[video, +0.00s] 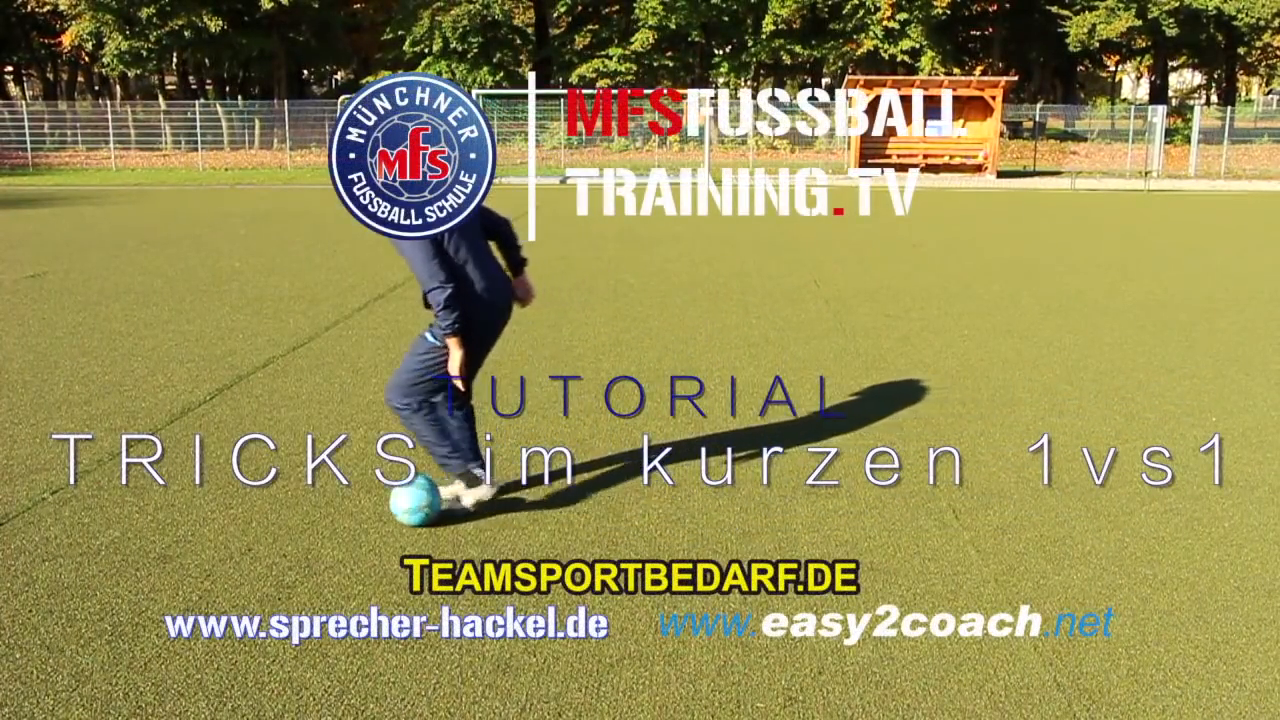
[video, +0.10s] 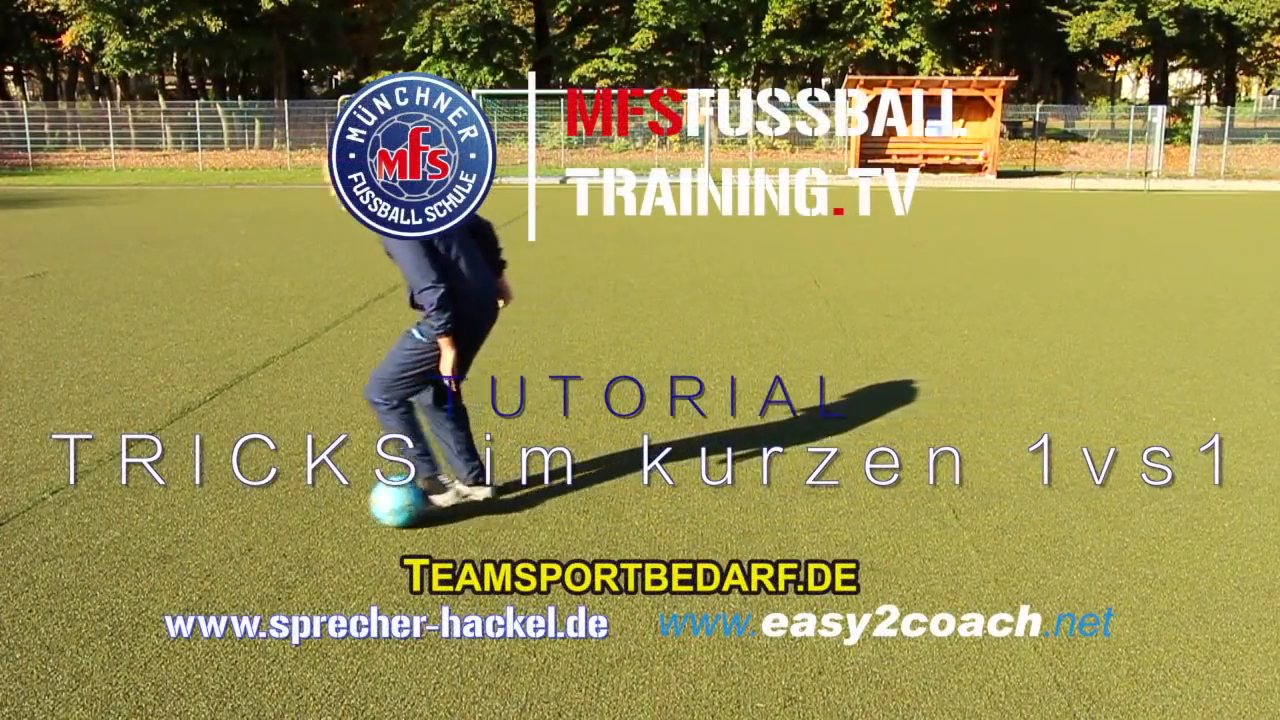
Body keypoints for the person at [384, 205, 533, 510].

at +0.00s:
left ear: (388, 194)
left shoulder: (406, 224)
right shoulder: (445, 199)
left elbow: (437, 282)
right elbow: (500, 225)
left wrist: (454, 345)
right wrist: (519, 274)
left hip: (470, 310)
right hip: (495, 299)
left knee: (403, 394)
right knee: (454, 390)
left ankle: (468, 475)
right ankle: (473, 476)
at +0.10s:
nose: (337, 196)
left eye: (340, 187)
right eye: (334, 188)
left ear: (370, 188)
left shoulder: (397, 227)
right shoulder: (435, 201)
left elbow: (429, 286)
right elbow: (479, 226)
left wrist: (447, 346)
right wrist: (497, 275)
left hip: (449, 317)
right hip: (482, 305)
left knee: (382, 392)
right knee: (434, 389)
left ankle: (428, 482)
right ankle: (472, 480)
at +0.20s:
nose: (323, 193)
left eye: (324, 183)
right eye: (321, 184)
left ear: (344, 179)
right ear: (357, 174)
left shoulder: (380, 216)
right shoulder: (414, 190)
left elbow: (419, 282)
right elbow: (466, 226)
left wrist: (438, 344)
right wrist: (482, 275)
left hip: (439, 316)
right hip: (472, 303)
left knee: (371, 390)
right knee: (429, 391)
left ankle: (409, 485)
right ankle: (473, 480)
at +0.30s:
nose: (305, 187)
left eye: (307, 177)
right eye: (303, 179)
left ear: (329, 174)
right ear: (341, 169)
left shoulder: (365, 212)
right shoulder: (394, 185)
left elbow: (406, 283)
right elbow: (446, 221)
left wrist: (423, 345)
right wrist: (462, 271)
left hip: (425, 314)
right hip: (454, 303)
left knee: (354, 392)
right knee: (422, 393)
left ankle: (390, 495)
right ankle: (471, 481)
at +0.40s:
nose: (280, 181)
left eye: (282, 172)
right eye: (278, 173)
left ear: (307, 167)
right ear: (313, 165)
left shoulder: (340, 206)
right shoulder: (363, 181)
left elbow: (380, 280)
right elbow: (421, 216)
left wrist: (397, 346)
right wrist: (437, 272)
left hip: (399, 315)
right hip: (429, 302)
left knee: (334, 397)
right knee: (414, 386)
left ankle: (365, 506)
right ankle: (470, 477)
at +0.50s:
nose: (250, 175)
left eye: (251, 165)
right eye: (248, 166)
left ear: (274, 159)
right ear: (284, 155)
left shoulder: (305, 199)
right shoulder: (334, 175)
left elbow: (338, 281)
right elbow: (388, 212)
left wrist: (350, 348)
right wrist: (410, 269)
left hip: (361, 319)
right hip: (392, 307)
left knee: (316, 416)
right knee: (386, 390)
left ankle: (354, 522)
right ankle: (464, 471)